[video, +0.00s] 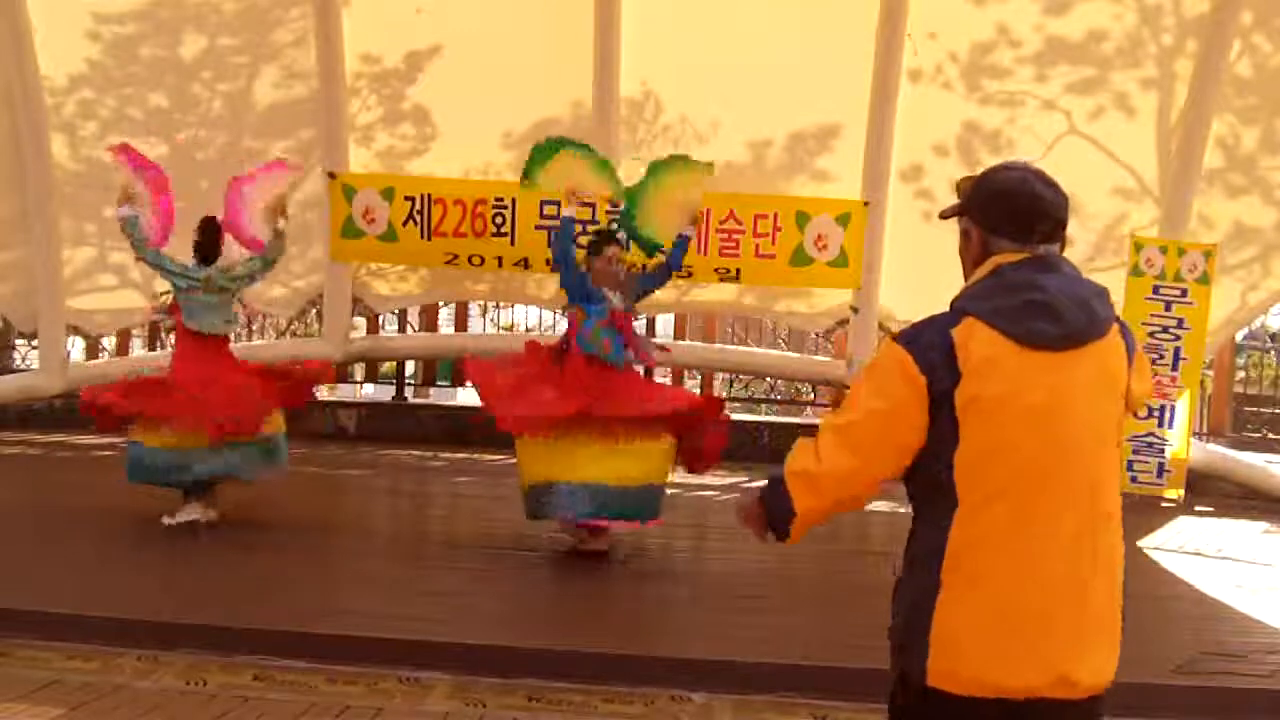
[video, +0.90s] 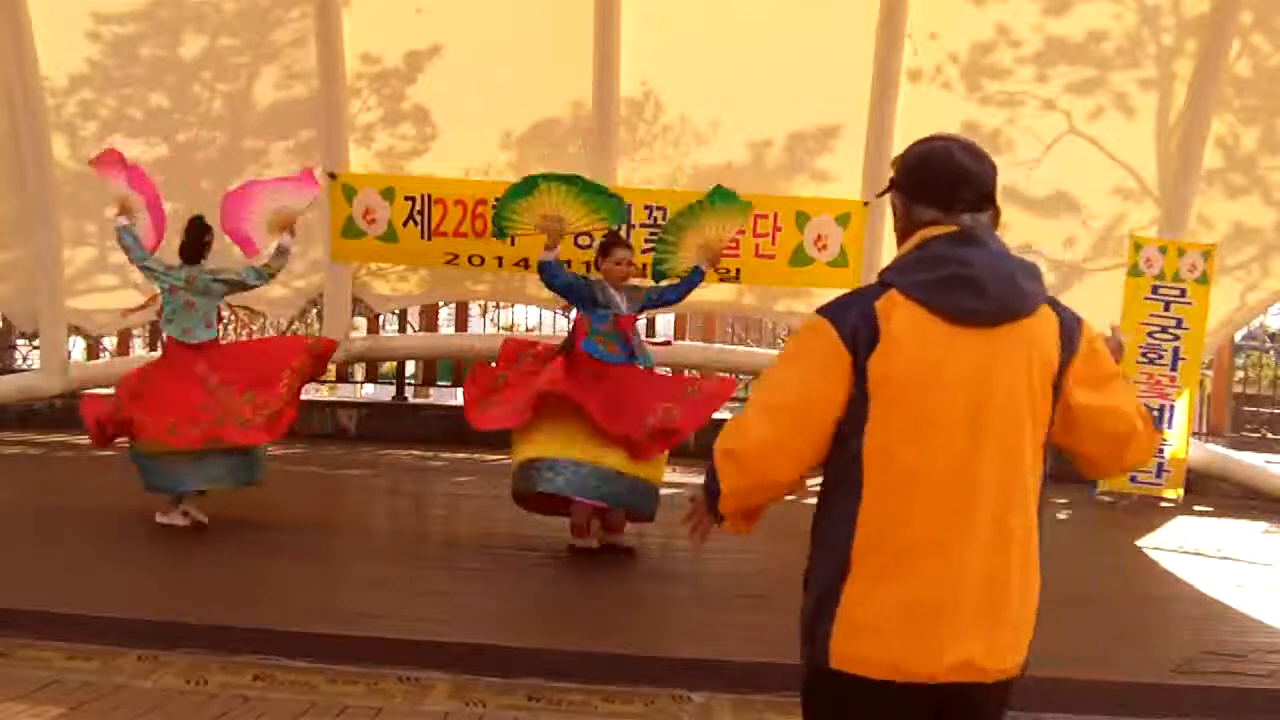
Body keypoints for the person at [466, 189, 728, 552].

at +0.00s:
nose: (616, 266)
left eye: (619, 260)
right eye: (609, 259)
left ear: (623, 262)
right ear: (590, 262)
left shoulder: (627, 291)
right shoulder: (582, 291)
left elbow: (665, 271)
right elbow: (565, 259)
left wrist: (685, 235)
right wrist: (568, 211)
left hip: (616, 375)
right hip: (581, 372)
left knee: (609, 448)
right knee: (585, 447)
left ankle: (598, 521)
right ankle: (585, 523)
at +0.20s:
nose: (581, 268)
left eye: (588, 261)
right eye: (579, 262)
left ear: (609, 265)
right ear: (580, 265)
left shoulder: (621, 296)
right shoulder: (579, 292)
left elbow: (636, 275)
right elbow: (555, 260)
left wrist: (638, 239)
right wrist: (548, 217)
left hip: (617, 383)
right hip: (580, 380)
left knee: (614, 451)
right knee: (584, 450)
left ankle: (613, 525)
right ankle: (589, 525)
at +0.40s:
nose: (582, 260)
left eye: (585, 256)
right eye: (585, 256)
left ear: (590, 259)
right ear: (619, 259)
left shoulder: (586, 292)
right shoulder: (627, 285)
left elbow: (543, 270)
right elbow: (638, 258)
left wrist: (520, 229)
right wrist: (632, 221)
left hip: (599, 373)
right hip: (631, 370)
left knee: (596, 447)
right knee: (614, 447)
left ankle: (606, 529)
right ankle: (608, 527)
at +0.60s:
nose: (627, 266)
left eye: (625, 260)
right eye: (624, 260)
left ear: (586, 262)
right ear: (615, 262)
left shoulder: (572, 292)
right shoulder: (621, 293)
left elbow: (561, 267)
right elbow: (665, 274)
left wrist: (569, 237)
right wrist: (686, 234)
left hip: (574, 372)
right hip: (614, 376)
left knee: (574, 448)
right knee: (604, 449)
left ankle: (573, 525)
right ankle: (594, 528)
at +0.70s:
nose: (626, 268)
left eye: (627, 262)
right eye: (622, 262)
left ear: (613, 264)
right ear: (607, 263)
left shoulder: (608, 291)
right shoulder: (600, 290)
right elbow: (631, 273)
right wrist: (659, 237)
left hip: (605, 372)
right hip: (590, 372)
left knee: (595, 448)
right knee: (585, 447)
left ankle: (589, 526)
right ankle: (581, 529)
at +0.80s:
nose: (630, 271)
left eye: (632, 265)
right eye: (626, 264)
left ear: (628, 268)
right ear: (609, 265)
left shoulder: (626, 296)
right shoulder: (595, 294)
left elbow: (650, 285)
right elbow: (592, 275)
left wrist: (677, 258)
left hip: (625, 375)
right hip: (593, 374)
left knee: (621, 445)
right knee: (590, 446)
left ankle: (616, 523)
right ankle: (586, 525)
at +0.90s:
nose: (624, 270)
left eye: (629, 264)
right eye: (618, 263)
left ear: (633, 267)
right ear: (600, 264)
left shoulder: (634, 297)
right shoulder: (589, 291)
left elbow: (673, 293)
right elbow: (556, 280)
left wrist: (704, 266)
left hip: (629, 377)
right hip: (591, 374)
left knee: (623, 446)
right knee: (590, 443)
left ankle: (613, 523)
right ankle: (582, 518)